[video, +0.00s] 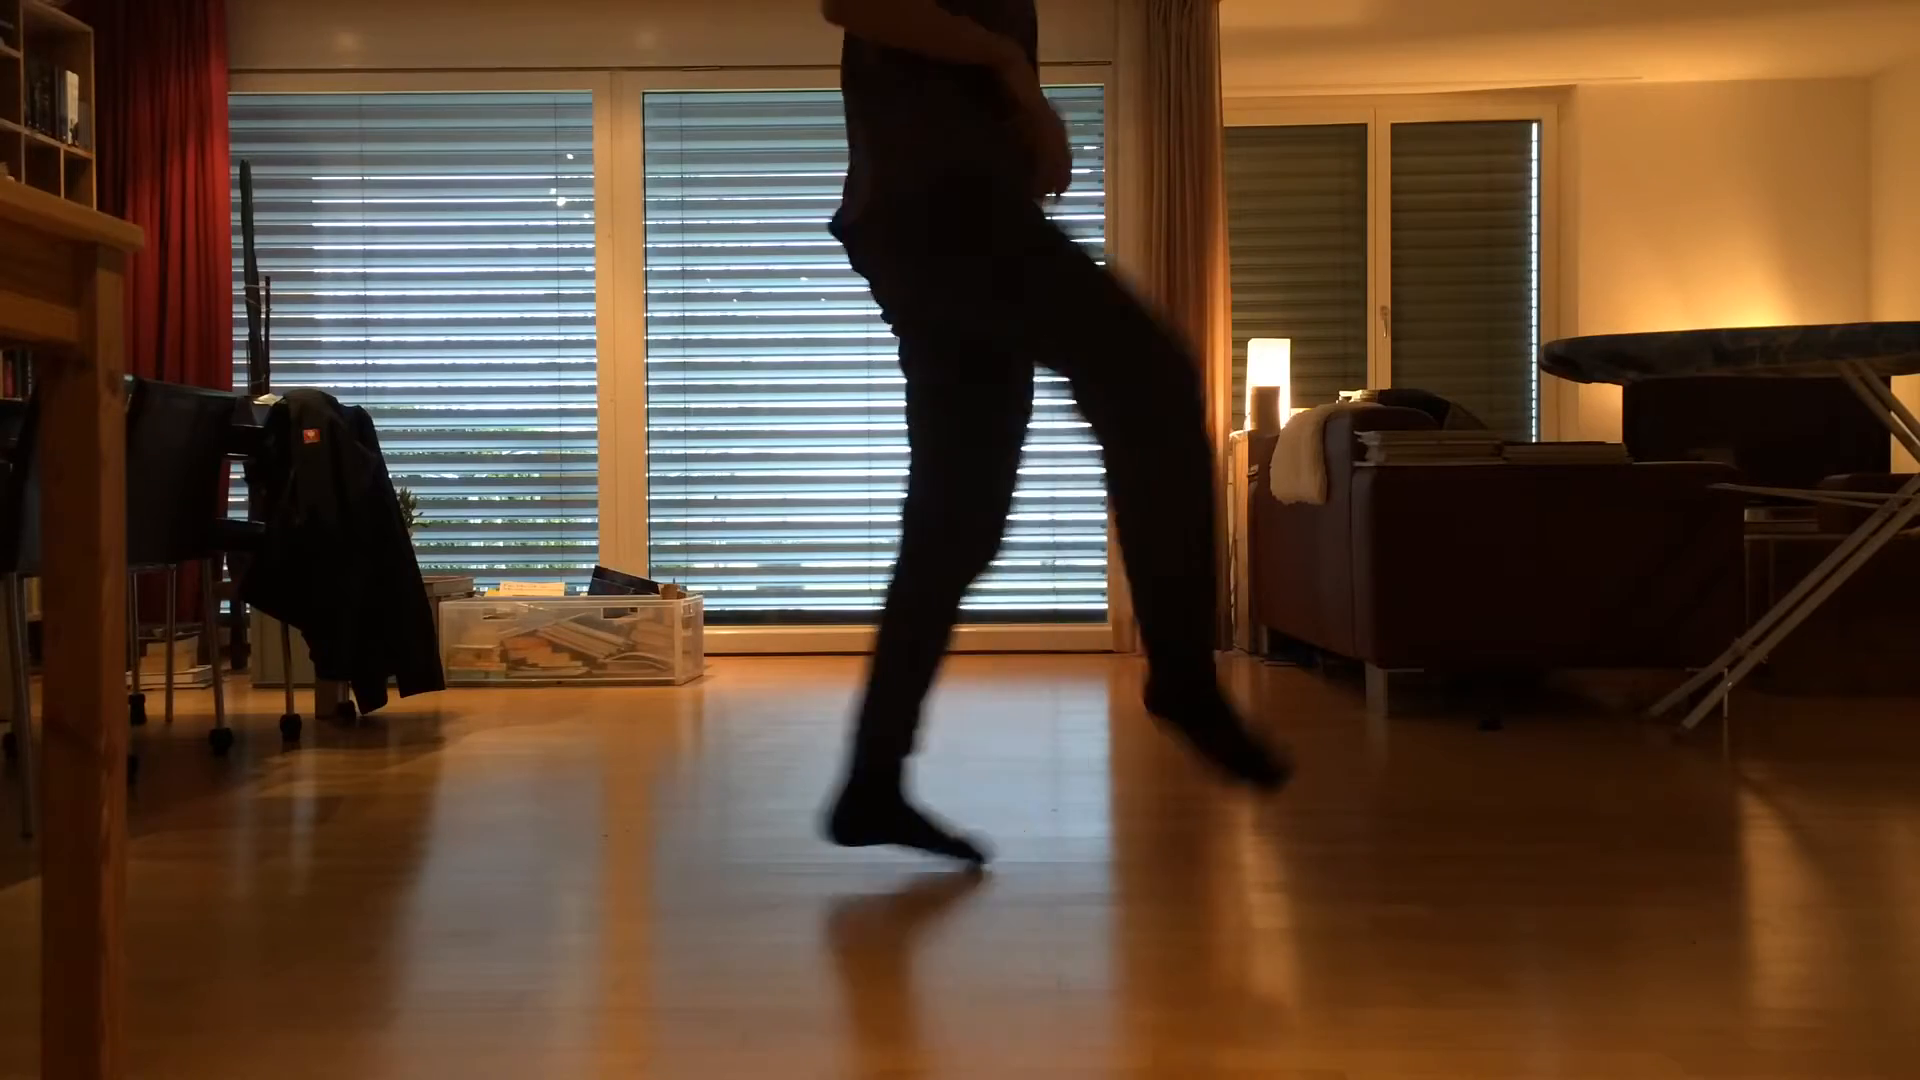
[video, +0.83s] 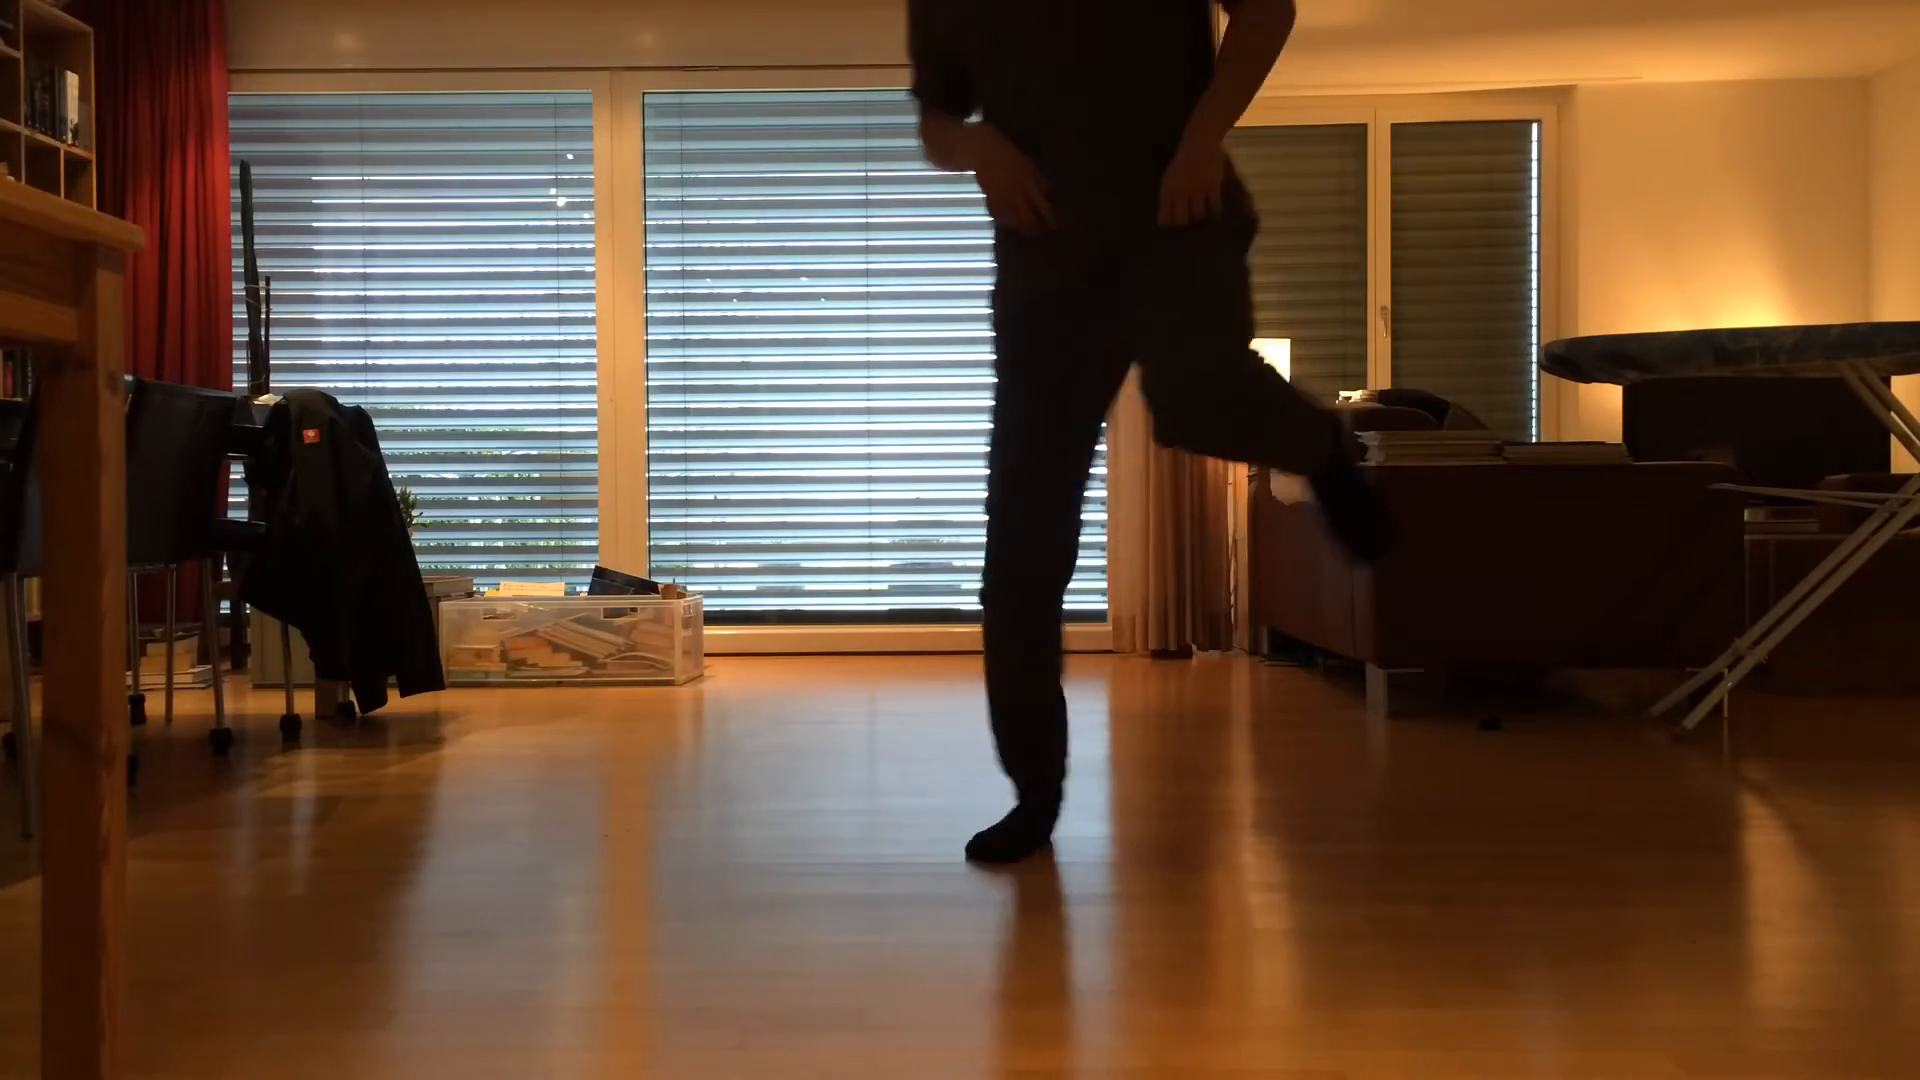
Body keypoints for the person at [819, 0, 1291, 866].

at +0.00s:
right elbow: (852, 11)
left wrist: (1029, 123)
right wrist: (1008, 60)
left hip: (963, 208)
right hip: (938, 208)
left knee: (953, 522)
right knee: (1153, 386)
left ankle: (871, 788)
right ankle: (1184, 682)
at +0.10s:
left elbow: (1016, 46)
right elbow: (820, 38)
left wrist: (1066, 93)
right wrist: (988, 81)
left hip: (986, 243)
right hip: (953, 248)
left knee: (907, 538)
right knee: (1071, 520)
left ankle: (825, 822)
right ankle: (1104, 816)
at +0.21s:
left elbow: (1090, 54)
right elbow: (805, 65)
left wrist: (1095, 91)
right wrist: (963, 93)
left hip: (1017, 248)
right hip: (929, 247)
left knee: (979, 525)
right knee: (1016, 520)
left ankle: (849, 772)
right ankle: (1031, 813)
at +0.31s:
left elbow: (1133, 50)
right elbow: (793, 88)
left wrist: (1095, 98)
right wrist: (917, 91)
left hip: (1049, 234)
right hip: (932, 246)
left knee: (1169, 488)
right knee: (969, 551)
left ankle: (988, 584)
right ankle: (925, 822)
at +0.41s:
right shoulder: (841, 1)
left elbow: (1150, 39)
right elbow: (802, 112)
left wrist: (1117, 122)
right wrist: (916, 132)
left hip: (1080, 253)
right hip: (951, 272)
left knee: (1232, 426)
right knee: (957, 566)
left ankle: (1106, 531)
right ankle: (933, 819)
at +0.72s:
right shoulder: (907, 5)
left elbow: (1222, 12)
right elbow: (896, 139)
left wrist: (1197, 139)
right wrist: (953, 142)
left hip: (1162, 219)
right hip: (1022, 240)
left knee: (1187, 445)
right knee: (1023, 528)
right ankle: (1025, 791)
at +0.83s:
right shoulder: (946, 7)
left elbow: (1267, 9)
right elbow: (938, 127)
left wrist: (1205, 134)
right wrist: (981, 146)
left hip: (1184, 209)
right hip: (1051, 232)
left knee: (1201, 400)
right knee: (1027, 519)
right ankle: (1035, 790)